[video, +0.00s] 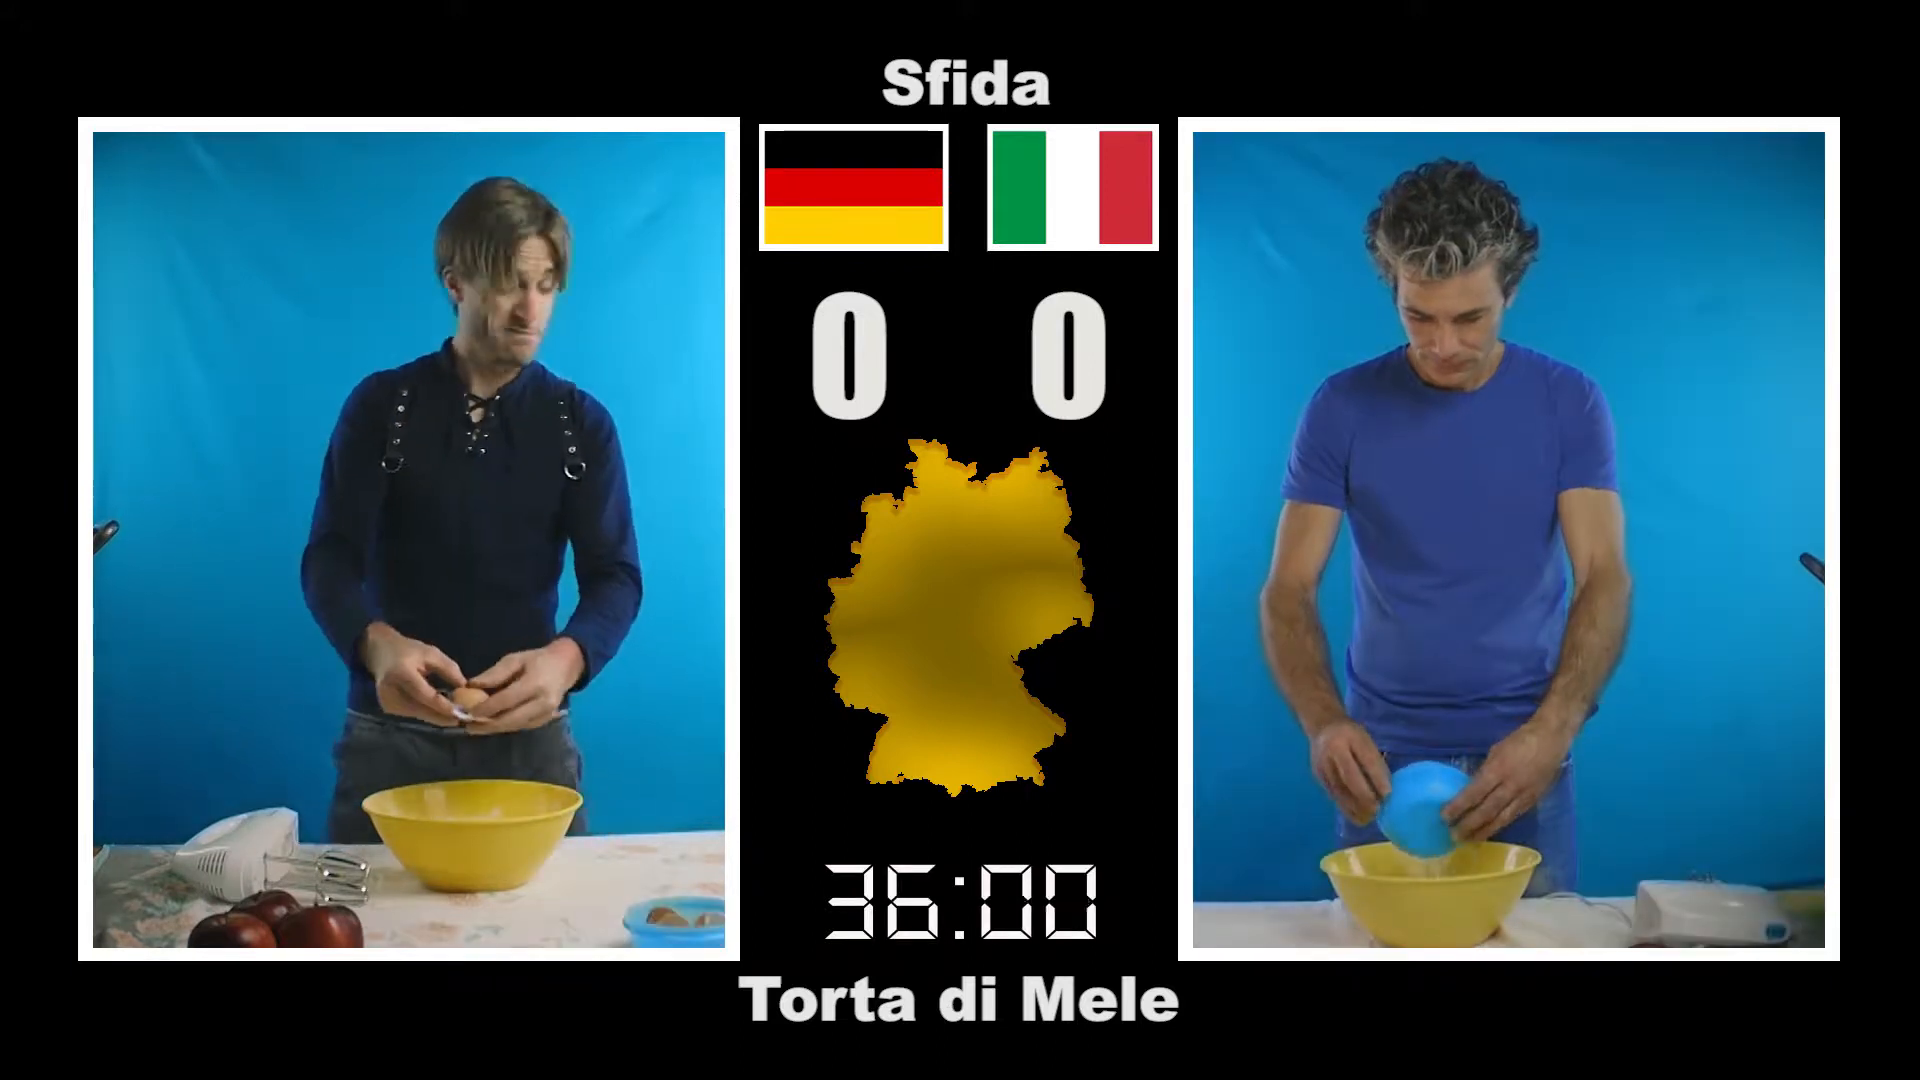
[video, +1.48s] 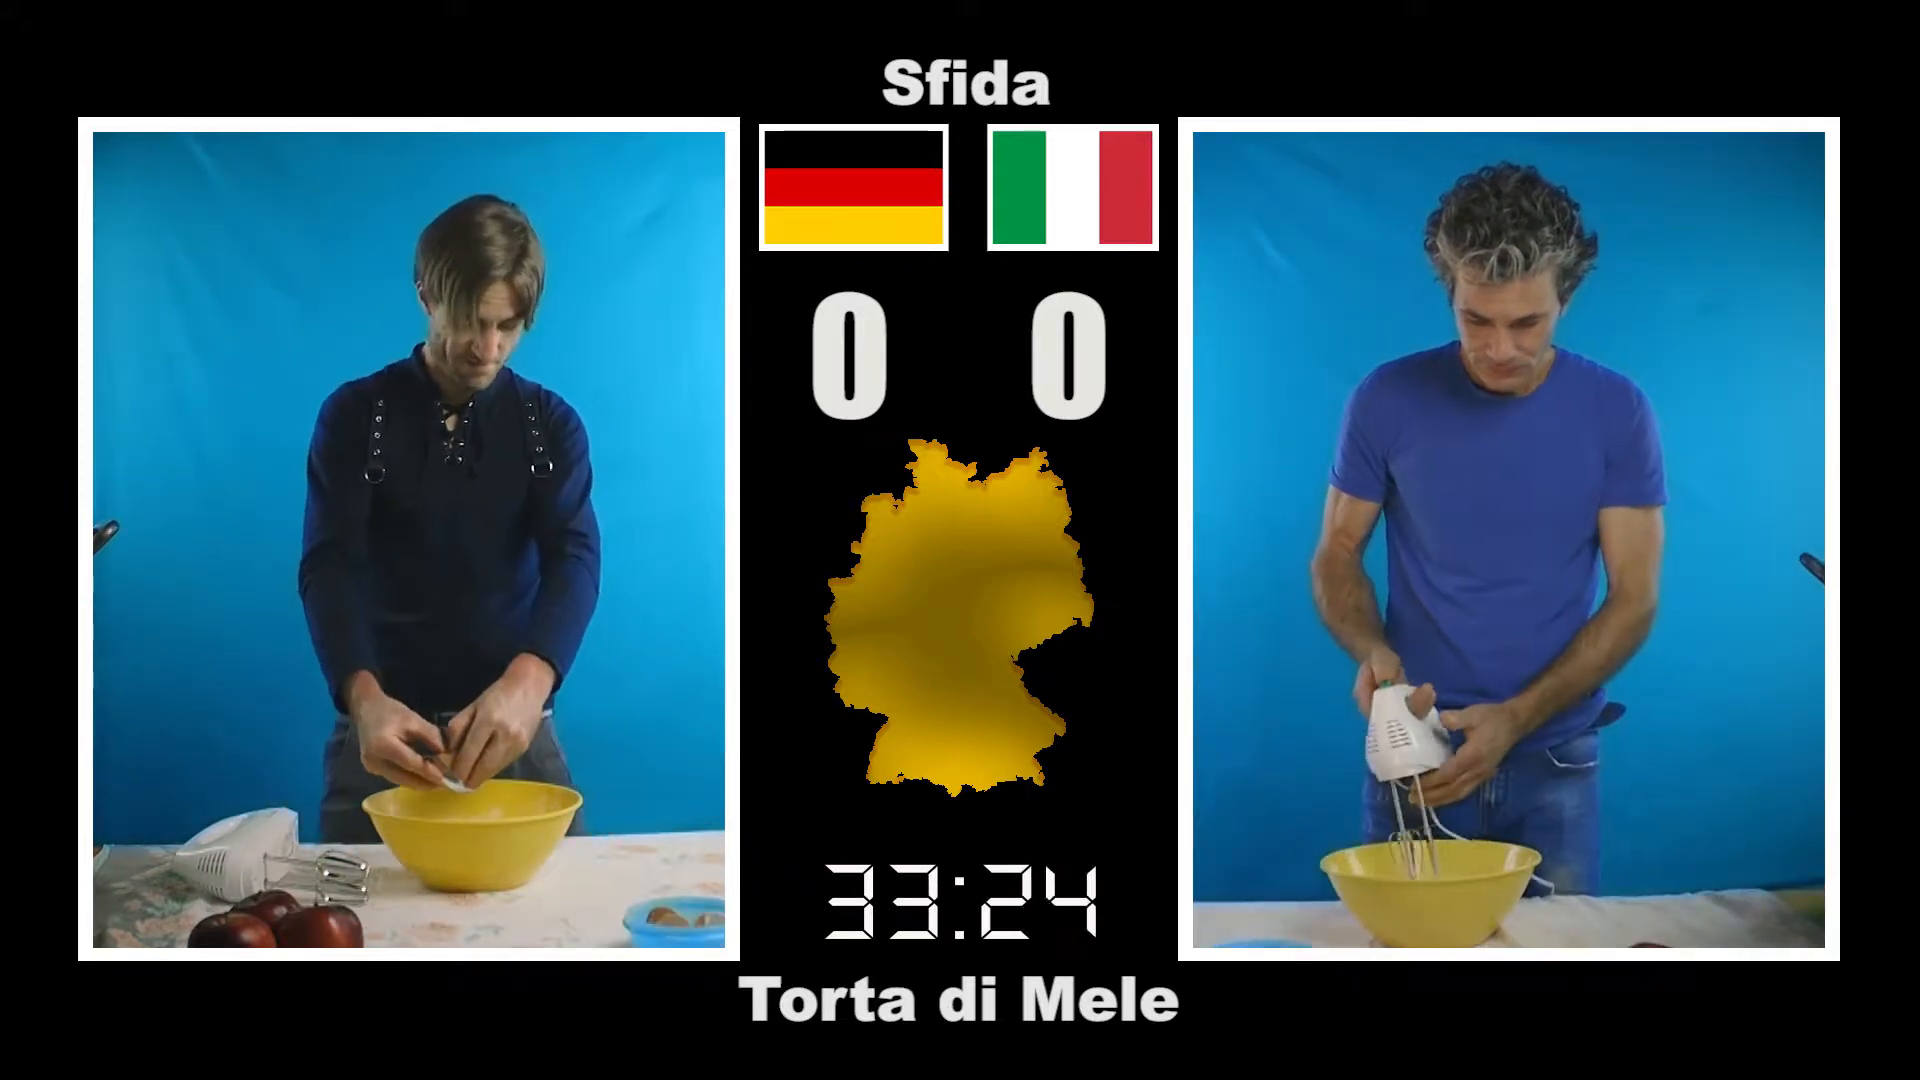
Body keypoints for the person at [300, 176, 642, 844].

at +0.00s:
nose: (528, 308)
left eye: (544, 285)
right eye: (508, 285)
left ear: (558, 285)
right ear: (456, 279)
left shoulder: (579, 424)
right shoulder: (381, 407)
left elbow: (614, 577)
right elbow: (330, 557)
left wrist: (566, 661)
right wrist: (376, 645)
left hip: (527, 748)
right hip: (395, 743)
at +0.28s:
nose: (446, 309)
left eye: (454, 287)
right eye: (423, 289)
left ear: (463, 287)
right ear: (361, 294)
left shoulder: (491, 417)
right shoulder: (298, 421)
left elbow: (542, 557)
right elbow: (268, 590)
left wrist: (527, 661)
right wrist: (357, 678)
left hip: (477, 752)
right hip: (344, 757)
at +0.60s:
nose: (421, 306)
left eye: (426, 283)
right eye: (396, 288)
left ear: (434, 281)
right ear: (334, 304)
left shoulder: (478, 409)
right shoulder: (284, 431)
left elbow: (536, 548)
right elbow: (266, 598)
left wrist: (519, 663)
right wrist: (353, 685)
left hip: (482, 750)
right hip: (348, 759)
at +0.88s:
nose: (468, 324)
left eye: (481, 297)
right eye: (444, 300)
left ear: (496, 289)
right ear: (393, 292)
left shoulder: (532, 410)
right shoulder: (334, 418)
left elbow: (576, 556)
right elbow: (304, 577)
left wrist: (531, 675)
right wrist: (369, 685)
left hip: (513, 739)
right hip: (379, 742)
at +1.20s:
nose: (483, 344)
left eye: (505, 322)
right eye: (467, 319)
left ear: (528, 312)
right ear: (433, 296)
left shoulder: (559, 421)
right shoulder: (363, 412)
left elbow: (597, 560)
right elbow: (336, 560)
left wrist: (556, 675)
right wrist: (386, 680)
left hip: (523, 734)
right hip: (388, 735)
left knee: (546, 933)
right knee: (365, 933)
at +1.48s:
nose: (484, 347)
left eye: (504, 325)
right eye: (466, 321)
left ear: (528, 315)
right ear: (428, 299)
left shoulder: (549, 427)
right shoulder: (354, 417)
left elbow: (574, 562)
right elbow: (327, 565)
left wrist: (528, 683)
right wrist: (365, 699)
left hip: (514, 739)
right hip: (382, 740)